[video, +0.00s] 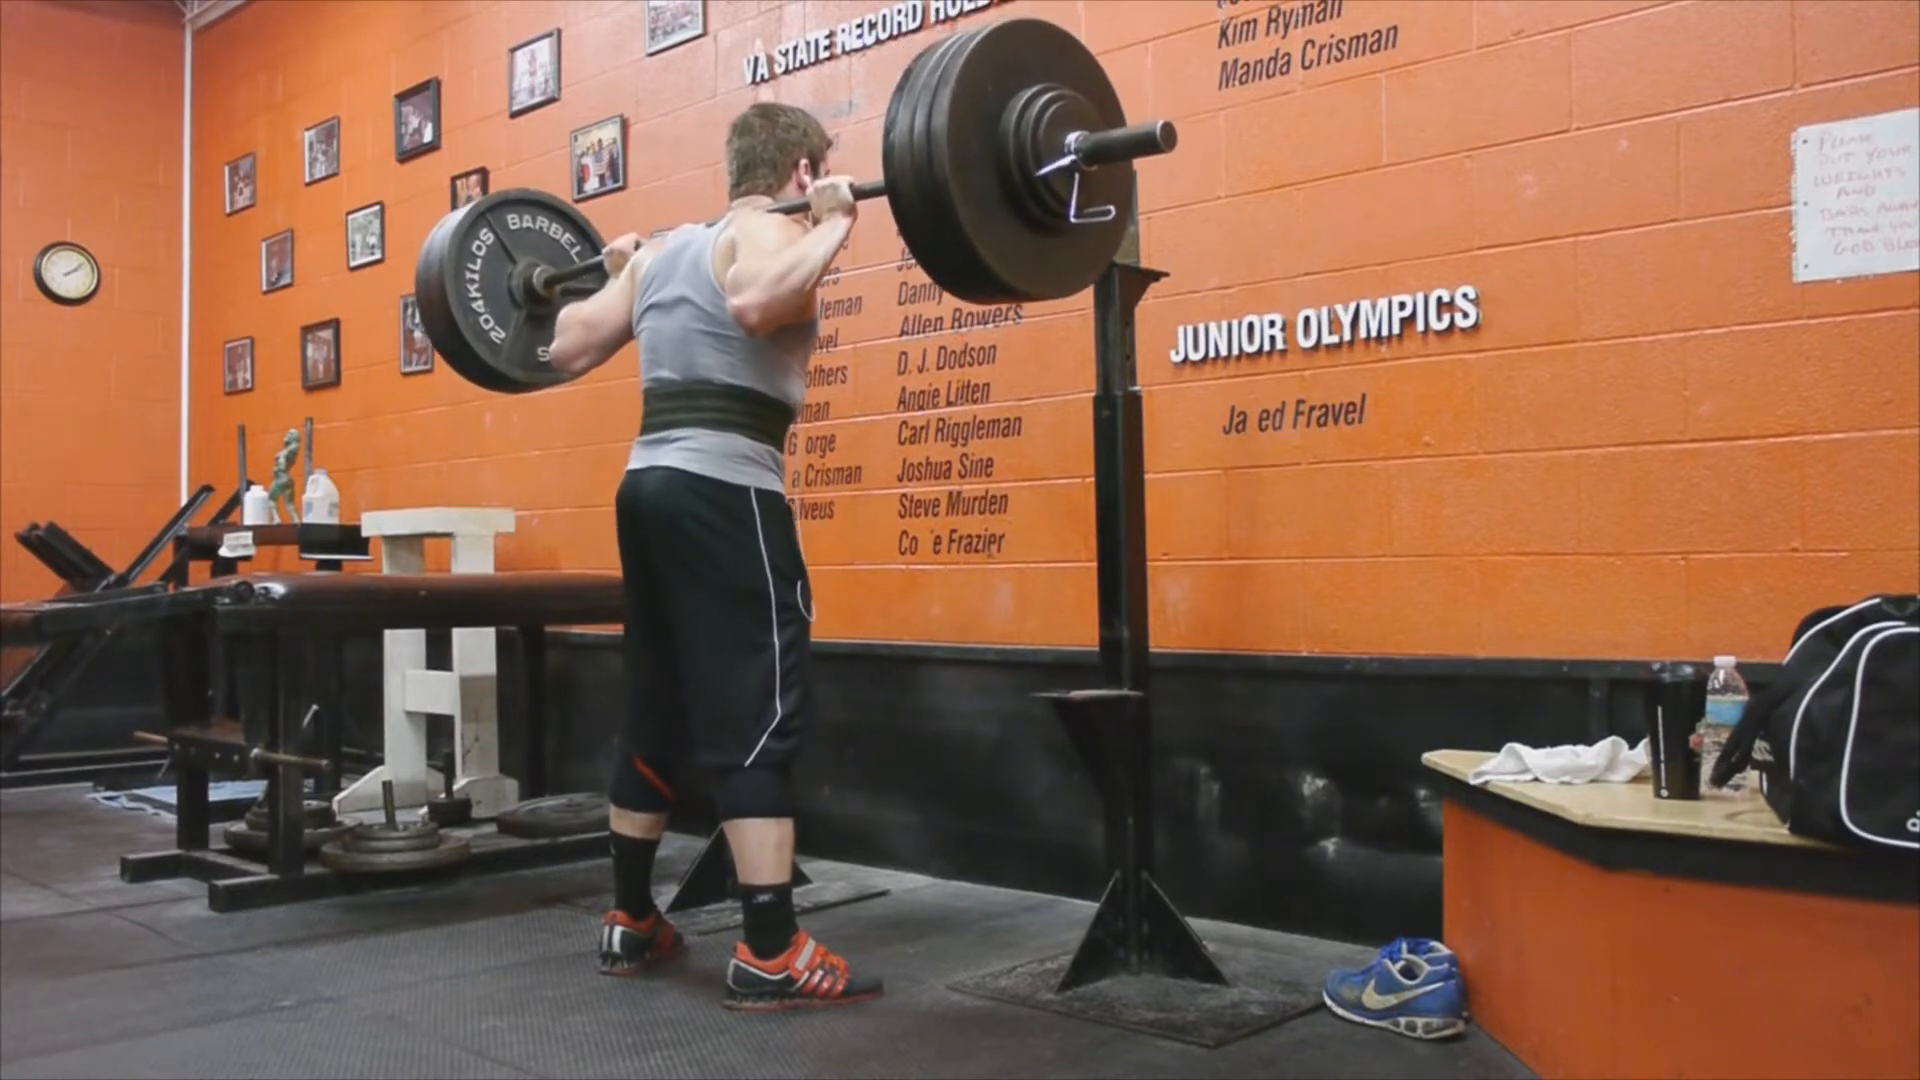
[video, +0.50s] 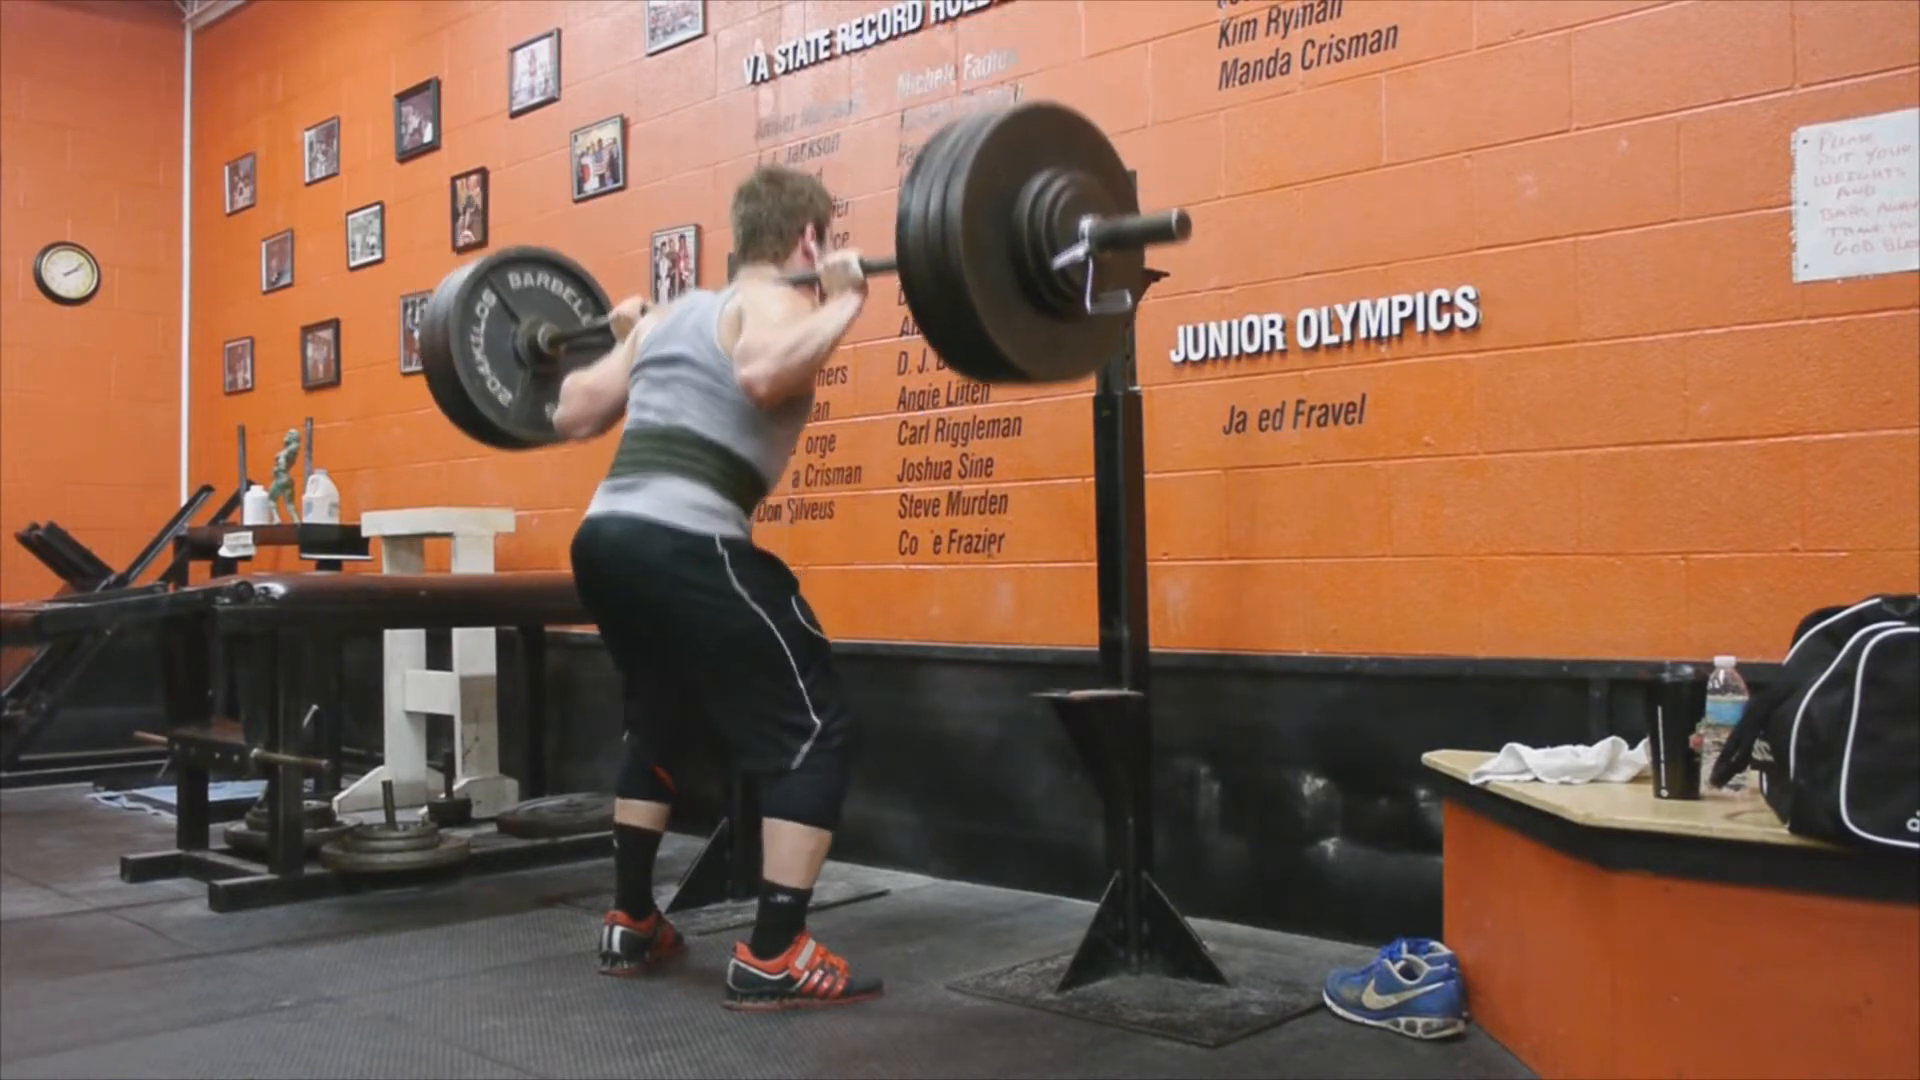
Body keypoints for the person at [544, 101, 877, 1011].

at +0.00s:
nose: (825, 189)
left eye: (824, 174)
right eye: (823, 174)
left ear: (737, 171)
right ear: (800, 169)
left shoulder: (664, 251)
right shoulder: (773, 227)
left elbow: (564, 347)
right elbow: (753, 303)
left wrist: (607, 273)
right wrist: (833, 229)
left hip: (650, 486)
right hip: (725, 488)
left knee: (658, 708)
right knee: (758, 713)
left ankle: (631, 920)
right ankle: (770, 947)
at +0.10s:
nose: (826, 191)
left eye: (824, 176)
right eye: (824, 176)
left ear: (738, 172)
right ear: (802, 170)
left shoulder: (665, 252)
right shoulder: (774, 228)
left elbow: (565, 348)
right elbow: (754, 304)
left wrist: (609, 272)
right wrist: (835, 230)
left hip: (643, 485)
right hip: (719, 486)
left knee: (655, 707)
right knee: (761, 711)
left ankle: (631, 920)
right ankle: (770, 947)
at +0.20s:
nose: (826, 196)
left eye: (824, 181)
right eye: (824, 182)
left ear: (737, 179)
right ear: (803, 177)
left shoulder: (666, 257)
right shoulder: (775, 235)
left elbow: (566, 357)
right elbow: (755, 311)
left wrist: (609, 279)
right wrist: (837, 237)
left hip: (633, 492)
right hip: (713, 495)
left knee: (653, 708)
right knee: (772, 710)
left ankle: (631, 920)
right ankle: (771, 947)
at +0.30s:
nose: (826, 209)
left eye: (825, 194)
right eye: (824, 194)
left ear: (737, 193)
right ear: (803, 191)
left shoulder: (667, 272)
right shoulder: (776, 250)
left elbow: (567, 371)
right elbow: (758, 326)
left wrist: (611, 293)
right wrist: (841, 251)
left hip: (624, 502)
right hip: (707, 504)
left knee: (655, 709)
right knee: (790, 711)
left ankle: (631, 920)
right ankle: (773, 947)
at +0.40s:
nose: (827, 228)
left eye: (826, 214)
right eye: (826, 214)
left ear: (740, 213)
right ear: (806, 212)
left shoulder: (669, 291)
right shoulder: (776, 270)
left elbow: (571, 389)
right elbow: (759, 346)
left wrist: (613, 311)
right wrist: (843, 273)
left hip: (614, 519)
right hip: (698, 521)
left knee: (657, 711)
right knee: (801, 717)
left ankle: (631, 922)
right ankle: (774, 947)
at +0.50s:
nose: (830, 255)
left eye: (831, 242)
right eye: (828, 242)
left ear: (741, 241)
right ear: (806, 240)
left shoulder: (671, 314)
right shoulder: (777, 301)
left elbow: (572, 412)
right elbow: (762, 373)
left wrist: (618, 336)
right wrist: (845, 300)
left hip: (607, 538)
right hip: (691, 543)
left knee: (659, 716)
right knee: (815, 725)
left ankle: (632, 921)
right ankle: (775, 948)